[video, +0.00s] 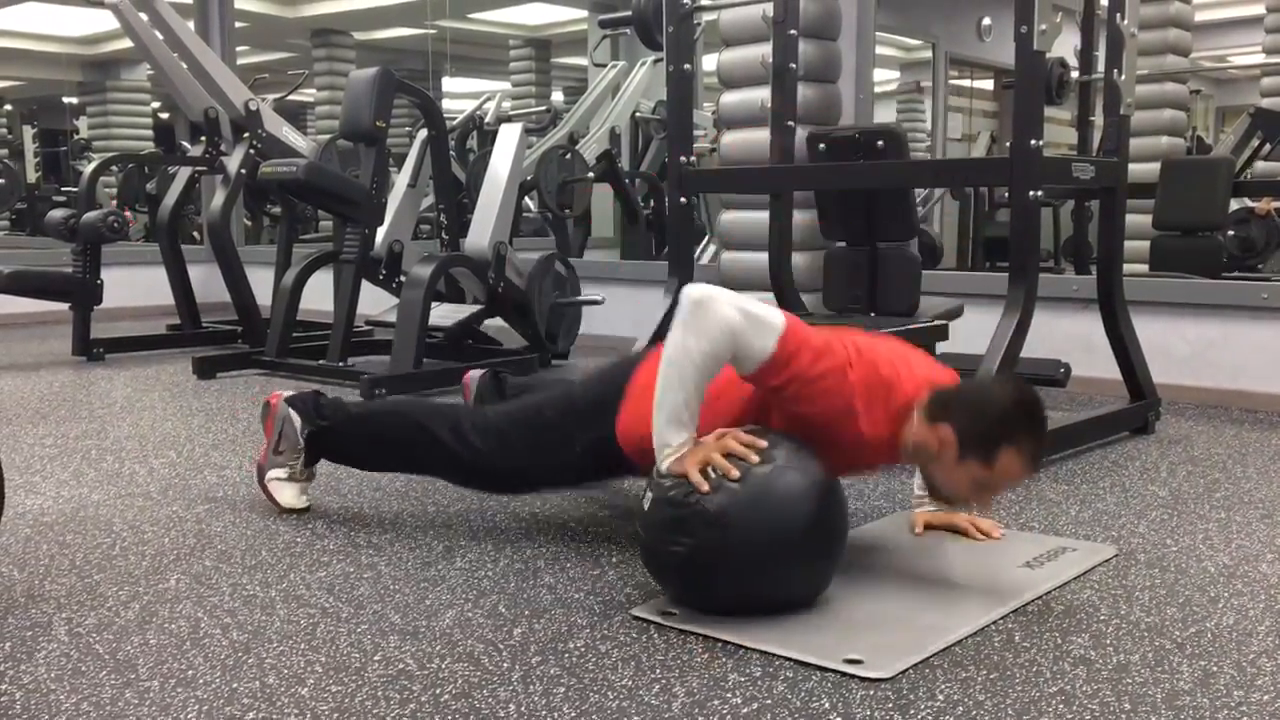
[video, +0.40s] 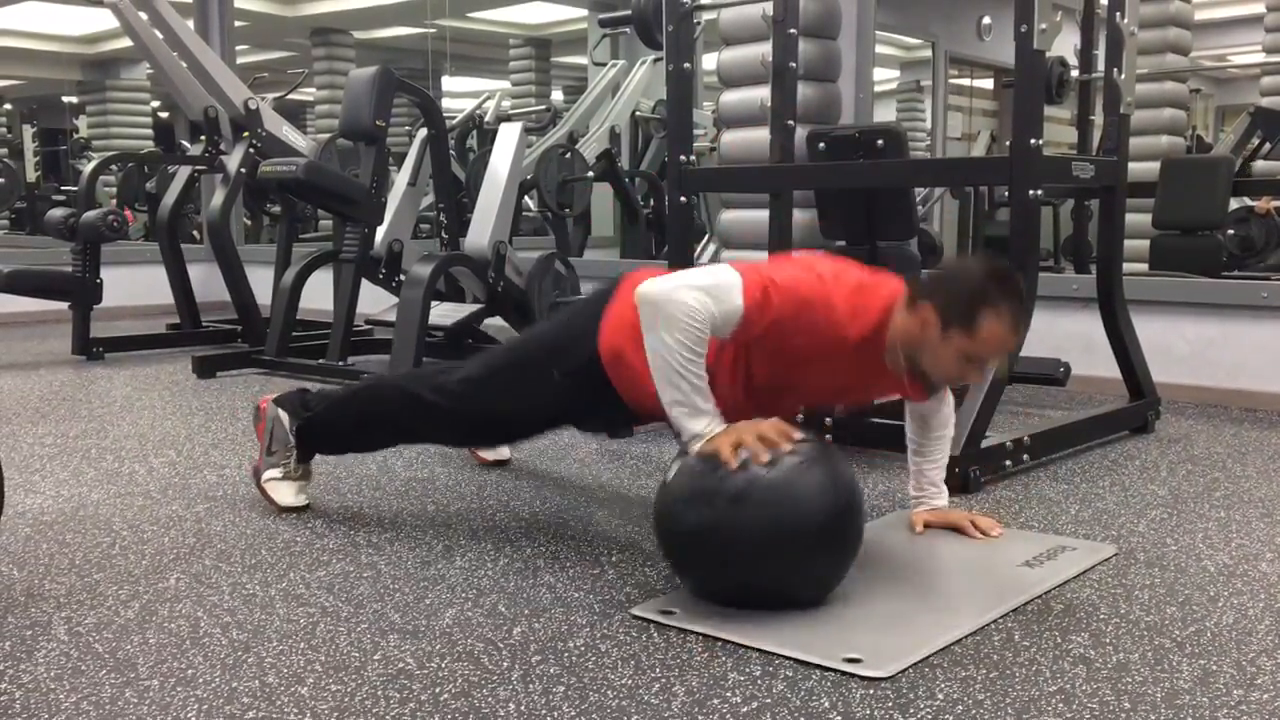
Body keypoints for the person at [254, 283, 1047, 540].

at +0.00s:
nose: (981, 499)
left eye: (997, 493)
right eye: (983, 485)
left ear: (969, 432)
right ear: (945, 435)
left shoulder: (941, 395)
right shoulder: (859, 378)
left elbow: (932, 426)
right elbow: (706, 306)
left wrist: (945, 497)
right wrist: (672, 438)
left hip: (673, 387)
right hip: (635, 406)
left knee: (525, 401)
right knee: (481, 445)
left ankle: (463, 389)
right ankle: (306, 421)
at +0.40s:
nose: (973, 380)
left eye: (985, 368)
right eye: (970, 362)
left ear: (960, 330)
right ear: (926, 318)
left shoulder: (923, 338)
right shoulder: (825, 296)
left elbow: (934, 404)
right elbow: (668, 303)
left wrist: (929, 495)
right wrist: (709, 430)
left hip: (659, 391)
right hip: (620, 338)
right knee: (463, 404)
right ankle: (295, 421)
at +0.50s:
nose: (949, 287)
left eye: (963, 275)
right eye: (946, 265)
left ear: (947, 254)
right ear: (900, 220)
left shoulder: (894, 288)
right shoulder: (798, 222)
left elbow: (910, 384)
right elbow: (666, 323)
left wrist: (928, 493)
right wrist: (787, 374)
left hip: (634, 339)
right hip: (588, 292)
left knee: (524, 387)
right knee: (446, 375)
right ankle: (289, 420)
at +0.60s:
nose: (924, 239)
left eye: (939, 227)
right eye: (922, 216)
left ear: (929, 208)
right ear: (877, 170)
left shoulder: (884, 231)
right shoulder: (778, 189)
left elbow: (911, 343)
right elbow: (672, 315)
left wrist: (943, 438)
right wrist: (792, 343)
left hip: (630, 318)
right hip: (576, 283)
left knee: (531, 380)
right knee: (435, 377)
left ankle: (483, 415)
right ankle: (283, 422)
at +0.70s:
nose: (915, 259)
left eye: (930, 249)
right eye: (911, 238)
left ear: (906, 201)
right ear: (870, 190)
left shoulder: (872, 196)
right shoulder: (771, 216)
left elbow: (894, 266)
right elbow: (654, 334)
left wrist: (913, 347)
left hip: (620, 322)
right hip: (564, 311)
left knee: (517, 382)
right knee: (435, 390)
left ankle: (470, 415)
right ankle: (285, 424)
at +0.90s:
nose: (939, 477)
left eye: (956, 467)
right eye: (937, 461)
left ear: (929, 386)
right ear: (898, 411)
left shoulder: (890, 333)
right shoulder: (794, 398)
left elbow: (878, 288)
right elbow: (647, 453)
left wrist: (866, 374)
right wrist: (685, 601)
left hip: (635, 343)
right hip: (584, 394)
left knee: (485, 392)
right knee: (437, 433)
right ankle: (286, 425)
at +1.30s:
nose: (943, 428)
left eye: (960, 414)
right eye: (939, 408)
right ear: (890, 367)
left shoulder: (879, 322)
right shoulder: (788, 372)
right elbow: (645, 462)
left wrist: (893, 433)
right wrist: (687, 600)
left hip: (640, 348)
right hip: (589, 386)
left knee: (473, 407)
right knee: (436, 436)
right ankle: (281, 426)